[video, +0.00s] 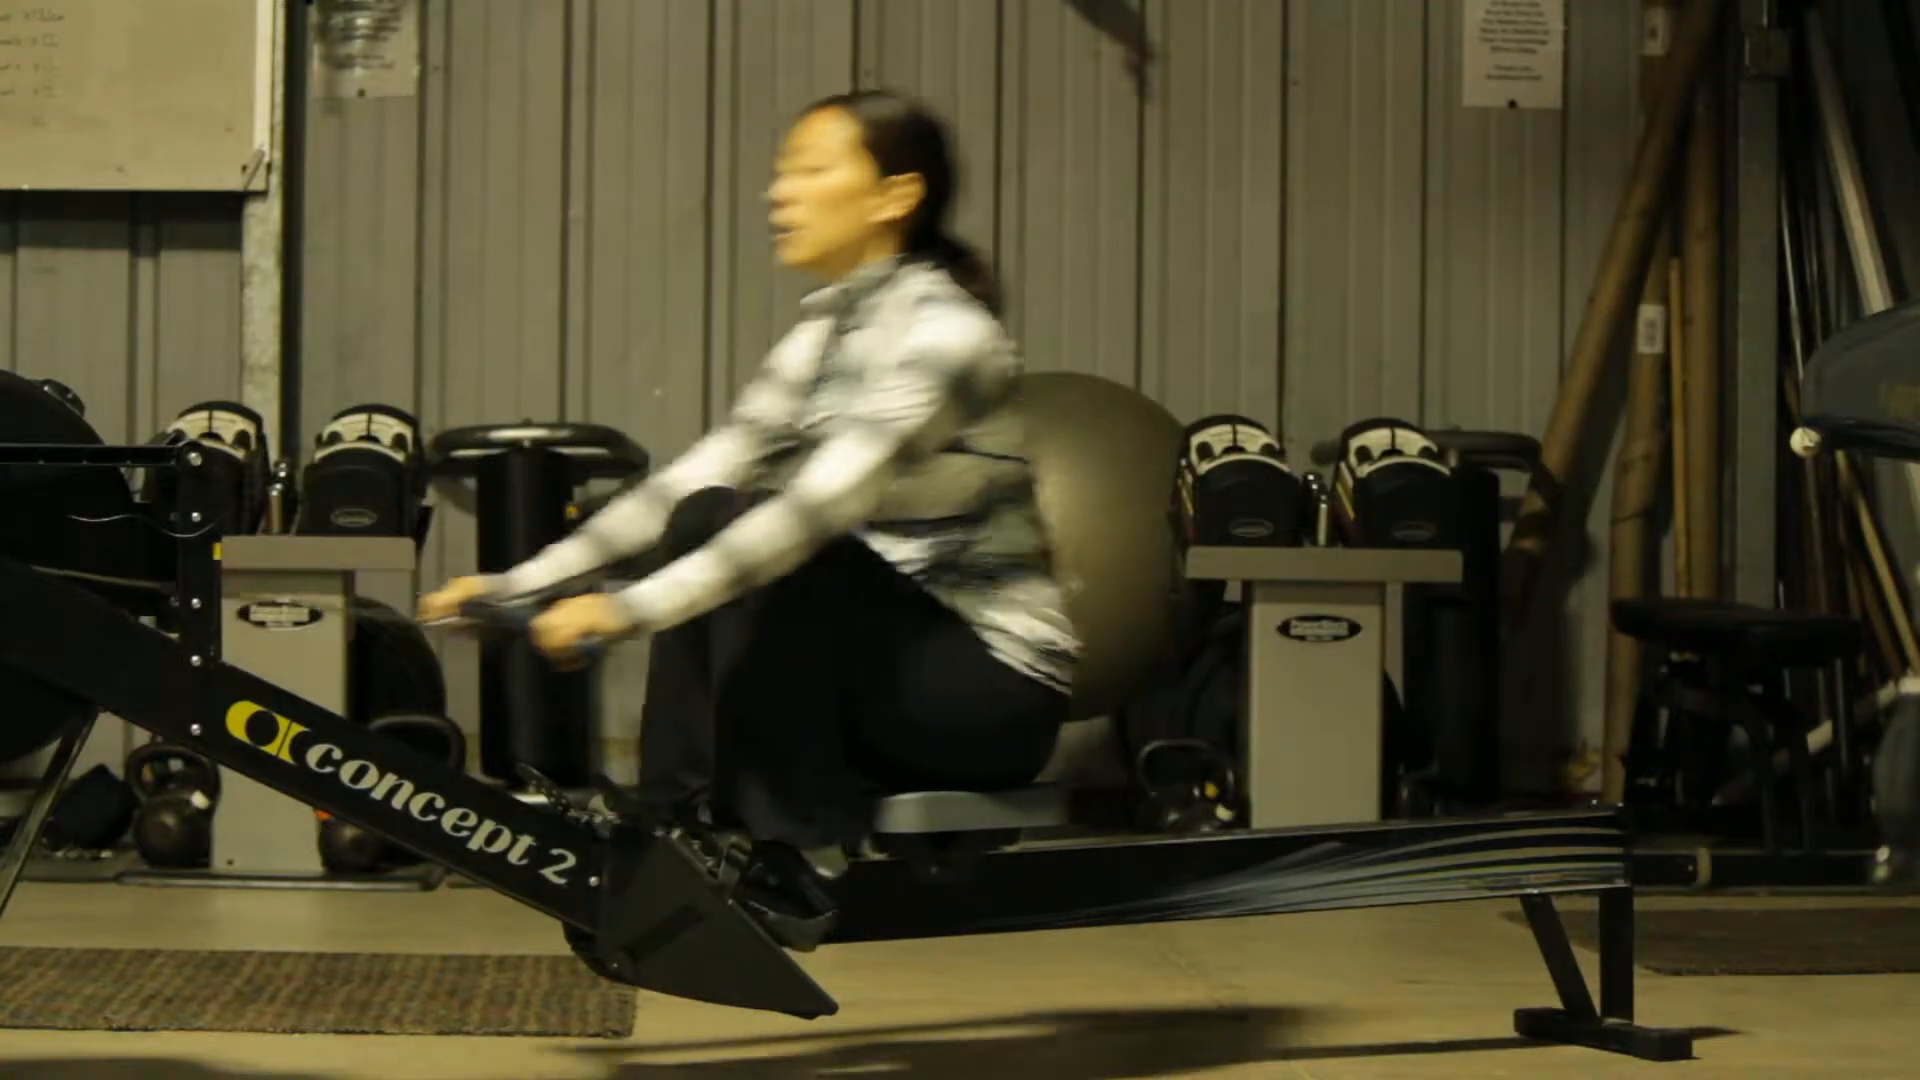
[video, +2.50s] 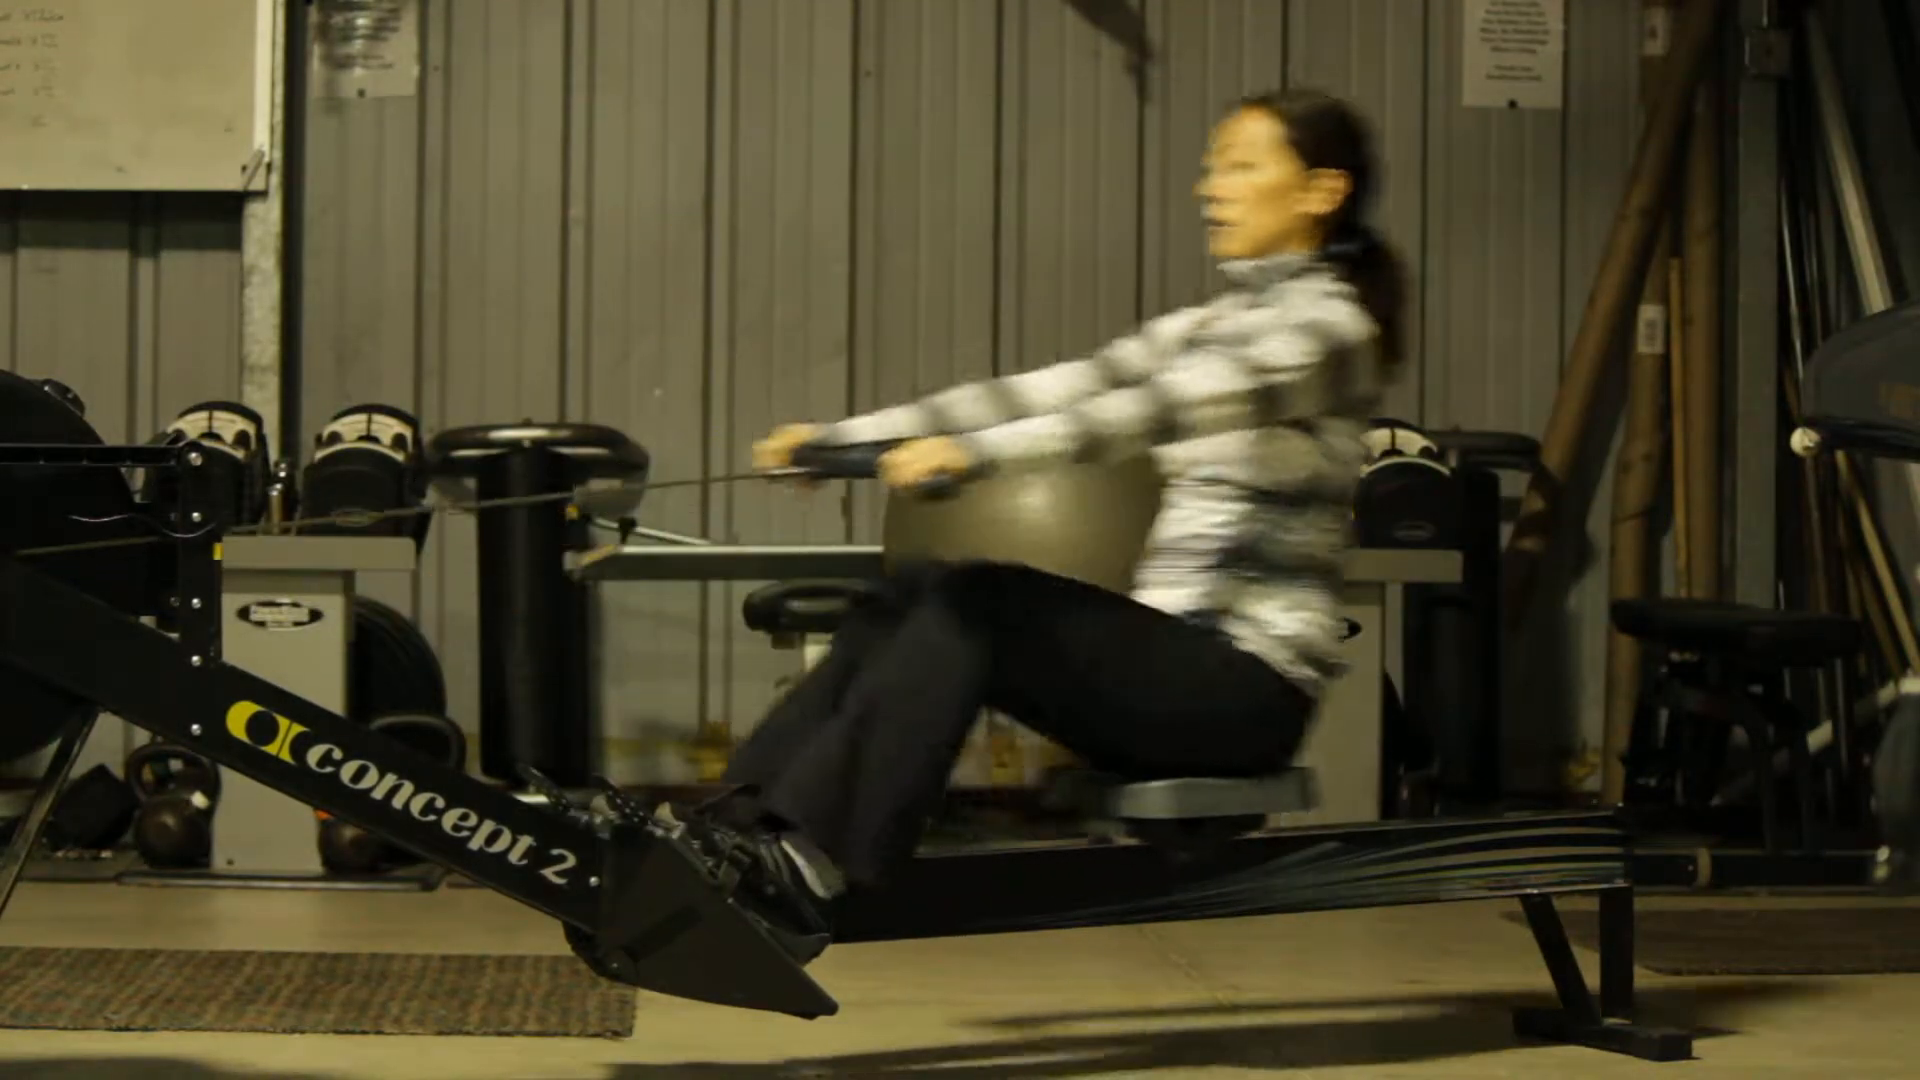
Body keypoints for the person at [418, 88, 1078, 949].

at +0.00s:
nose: (777, 192)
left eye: (809, 169)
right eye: (783, 169)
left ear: (896, 196)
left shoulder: (941, 330)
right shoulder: (823, 333)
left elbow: (811, 514)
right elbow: (696, 480)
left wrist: (630, 607)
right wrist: (514, 589)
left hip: (995, 689)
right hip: (896, 662)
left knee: (796, 572)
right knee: (702, 525)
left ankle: (797, 858)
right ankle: (678, 825)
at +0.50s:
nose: (1331, 241)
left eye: (1354, 219)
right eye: (1329, 221)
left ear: (1439, 229)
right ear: (1337, 231)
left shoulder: (1453, 350)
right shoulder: (1337, 354)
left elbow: (1331, 439)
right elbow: (1207, 419)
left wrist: (1133, 452)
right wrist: (1001, 457)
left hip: (1319, 685)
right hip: (1234, 666)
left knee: (1018, 642)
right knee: (955, 630)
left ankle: (832, 875)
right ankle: (754, 834)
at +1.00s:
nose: (1392, 282)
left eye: (1411, 256)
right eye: (1390, 258)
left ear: (1492, 252)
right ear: (1444, 257)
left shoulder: (1542, 370)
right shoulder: (1436, 369)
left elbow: (1621, 559)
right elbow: (1410, 514)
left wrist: (1470, 497)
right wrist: (1300, 493)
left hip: (1386, 680)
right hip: (1301, 655)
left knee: (1096, 729)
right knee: (1044, 706)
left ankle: (816, 883)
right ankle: (786, 842)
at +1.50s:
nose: (911, 229)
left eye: (938, 202)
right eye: (910, 205)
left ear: (1029, 208)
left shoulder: (1079, 345)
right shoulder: (956, 348)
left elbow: (957, 529)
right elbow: (818, 489)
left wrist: (774, 636)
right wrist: (632, 600)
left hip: (1154, 691)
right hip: (1048, 673)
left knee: (920, 601)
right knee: (824, 558)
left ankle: (837, 868)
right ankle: (736, 837)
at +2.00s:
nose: (658, 240)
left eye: (688, 213)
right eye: (665, 215)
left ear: (773, 236)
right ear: (748, 242)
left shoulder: (833, 361)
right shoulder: (720, 364)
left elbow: (660, 506)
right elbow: (573, 474)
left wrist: (465, 589)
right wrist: (361, 559)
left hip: (968, 689)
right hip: (875, 676)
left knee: (750, 542)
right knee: (670, 545)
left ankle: (789, 866)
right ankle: (685, 828)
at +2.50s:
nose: (1209, 189)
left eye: (1239, 168)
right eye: (1213, 169)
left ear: (1324, 191)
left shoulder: (1327, 322)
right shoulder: (1217, 319)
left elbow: (1161, 405)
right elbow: (1057, 388)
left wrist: (980, 450)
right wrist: (849, 438)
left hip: (1250, 685)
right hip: (1171, 664)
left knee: (967, 602)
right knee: (904, 596)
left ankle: (815, 868)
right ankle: (734, 830)